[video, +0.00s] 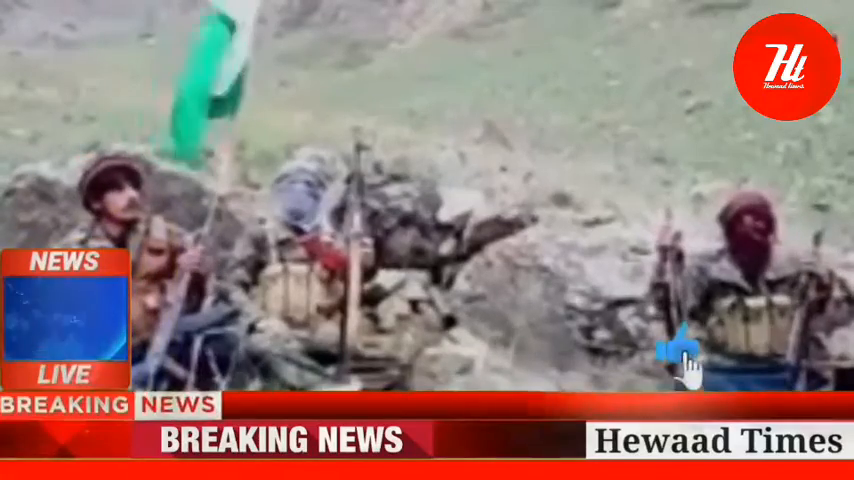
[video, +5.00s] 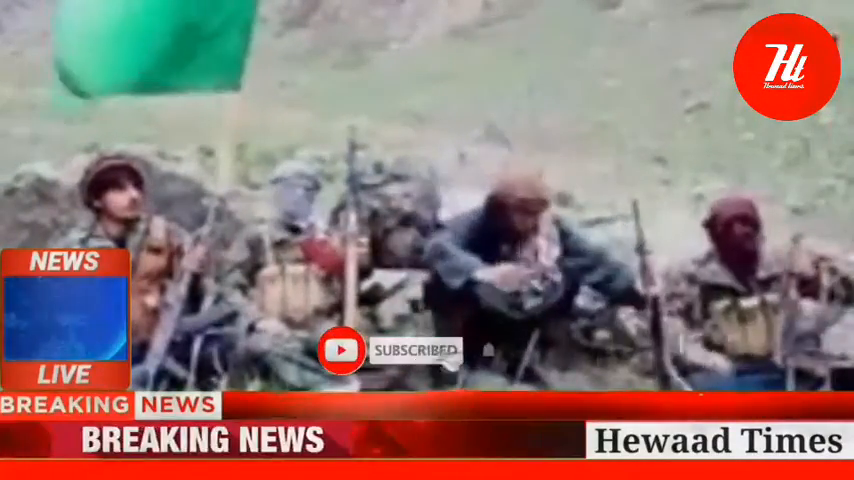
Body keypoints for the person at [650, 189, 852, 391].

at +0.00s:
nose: (756, 225)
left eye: (762, 218)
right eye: (746, 217)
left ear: (772, 227)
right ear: (730, 226)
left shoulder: (795, 271)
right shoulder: (704, 269)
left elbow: (844, 310)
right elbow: (672, 311)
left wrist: (825, 296)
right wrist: (667, 266)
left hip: (783, 375)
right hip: (721, 375)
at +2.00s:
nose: (759, 225)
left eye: (766, 218)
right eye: (750, 216)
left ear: (774, 227)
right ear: (731, 224)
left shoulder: (796, 270)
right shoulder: (704, 268)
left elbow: (826, 323)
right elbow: (674, 317)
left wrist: (828, 286)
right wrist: (667, 264)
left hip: (786, 372)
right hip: (723, 372)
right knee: (687, 374)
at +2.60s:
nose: (763, 226)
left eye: (768, 220)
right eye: (754, 217)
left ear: (774, 227)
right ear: (732, 223)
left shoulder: (795, 270)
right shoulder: (703, 269)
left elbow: (832, 319)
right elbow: (676, 313)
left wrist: (828, 290)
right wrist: (667, 269)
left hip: (787, 374)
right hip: (720, 375)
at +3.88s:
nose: (753, 225)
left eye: (762, 217)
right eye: (743, 218)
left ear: (774, 227)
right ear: (732, 227)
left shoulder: (795, 269)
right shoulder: (706, 268)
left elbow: (829, 318)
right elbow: (677, 312)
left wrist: (829, 286)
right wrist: (666, 270)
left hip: (785, 376)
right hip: (723, 376)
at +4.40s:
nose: (758, 238)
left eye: (766, 228)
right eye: (748, 229)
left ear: (775, 231)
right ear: (733, 233)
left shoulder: (796, 272)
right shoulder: (706, 272)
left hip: (784, 374)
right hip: (723, 375)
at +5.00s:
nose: (746, 232)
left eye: (750, 224)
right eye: (734, 225)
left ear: (759, 229)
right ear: (714, 233)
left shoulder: (783, 272)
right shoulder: (687, 277)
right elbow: (675, 336)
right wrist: (725, 367)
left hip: (782, 368)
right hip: (722, 373)